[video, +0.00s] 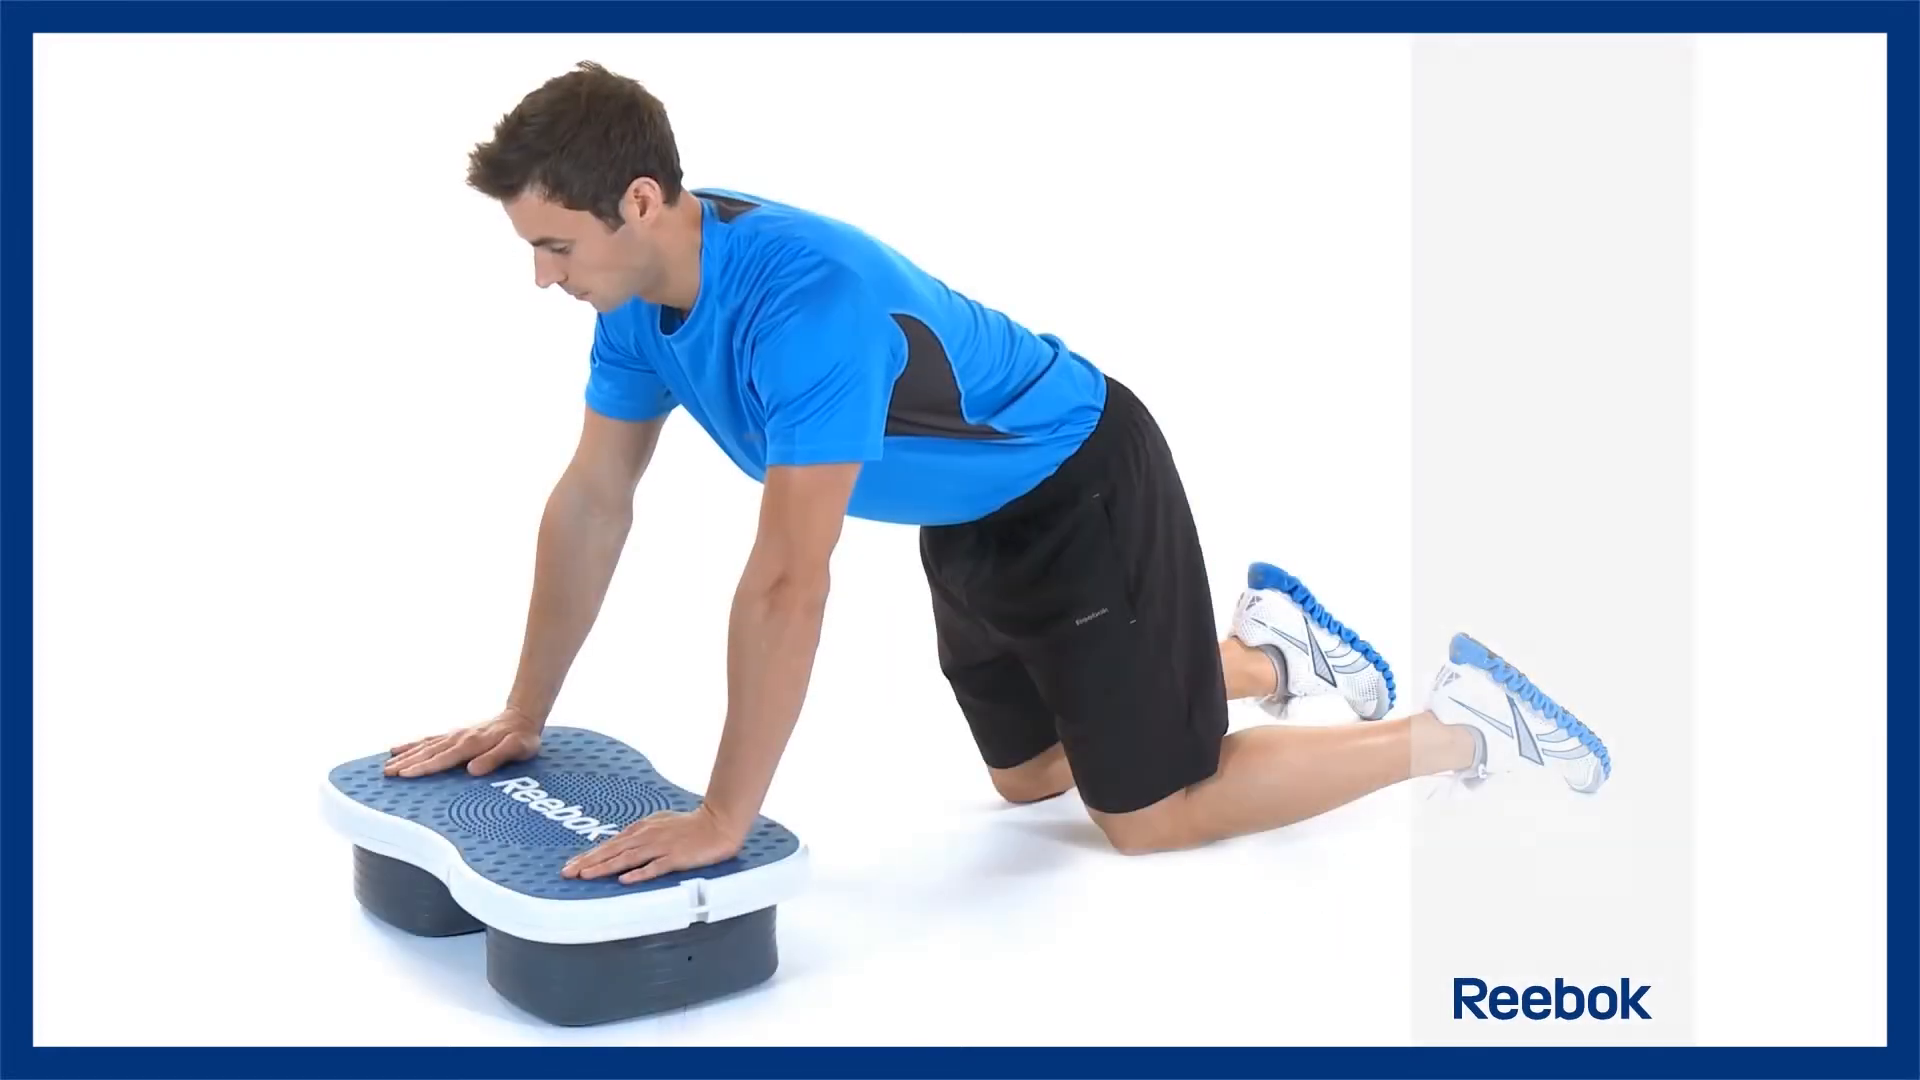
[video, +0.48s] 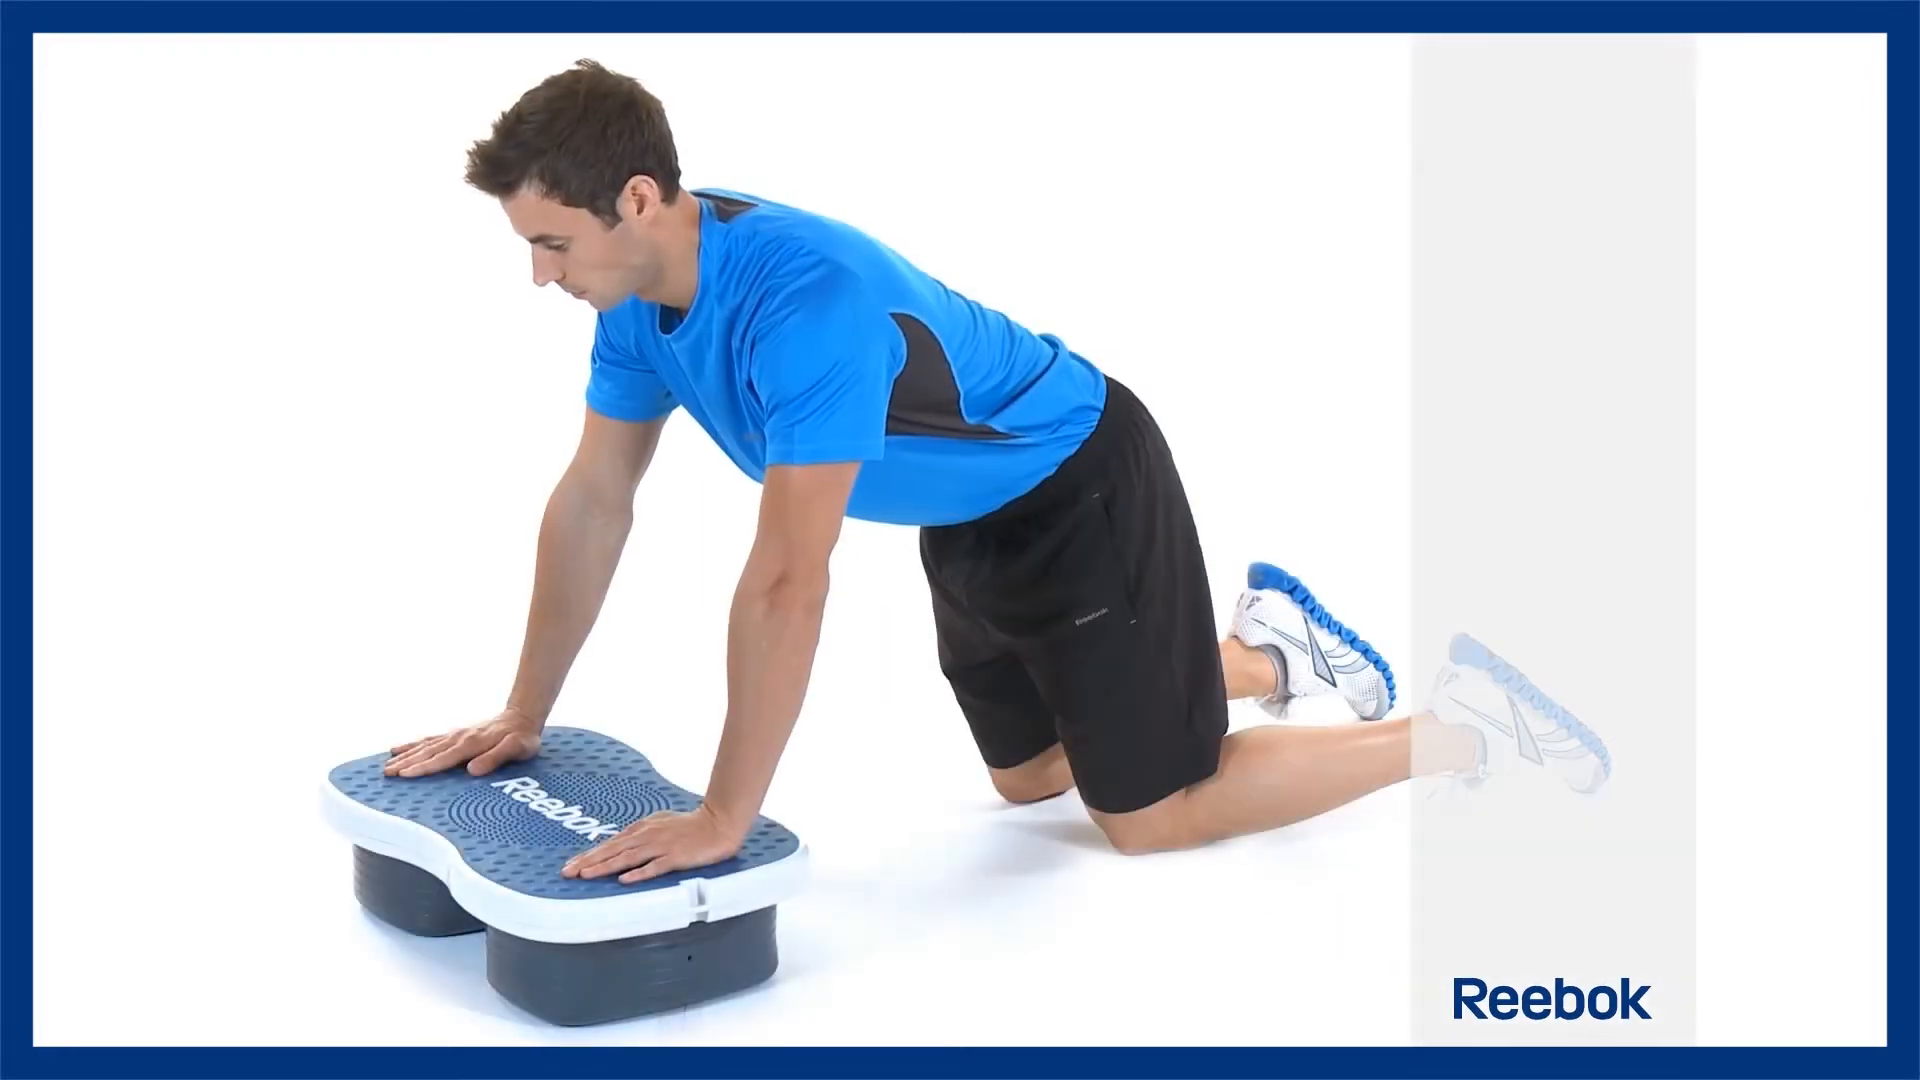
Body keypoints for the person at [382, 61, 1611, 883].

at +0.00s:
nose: (542, 275)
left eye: (553, 246)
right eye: (530, 250)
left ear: (644, 202)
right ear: (610, 214)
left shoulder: (805, 300)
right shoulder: (636, 310)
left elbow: (790, 580)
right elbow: (590, 508)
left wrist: (727, 816)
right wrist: (524, 717)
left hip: (1079, 478)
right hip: (958, 518)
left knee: (1151, 809)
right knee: (1038, 777)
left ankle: (1455, 736)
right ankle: (1267, 658)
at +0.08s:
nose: (541, 275)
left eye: (553, 246)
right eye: (529, 249)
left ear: (644, 202)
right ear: (611, 214)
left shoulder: (804, 301)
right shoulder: (635, 310)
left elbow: (790, 581)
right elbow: (590, 508)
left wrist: (727, 816)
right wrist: (525, 716)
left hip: (1079, 478)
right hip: (958, 519)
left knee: (1151, 809)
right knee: (1038, 777)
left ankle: (1454, 737)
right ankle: (1266, 659)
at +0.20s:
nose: (542, 274)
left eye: (552, 244)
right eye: (530, 249)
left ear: (643, 201)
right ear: (612, 213)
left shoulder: (803, 301)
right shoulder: (636, 310)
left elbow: (788, 585)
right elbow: (589, 510)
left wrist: (727, 814)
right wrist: (526, 714)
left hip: (1077, 477)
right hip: (958, 517)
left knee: (1154, 807)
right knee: (1039, 778)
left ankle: (1450, 733)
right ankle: (1263, 659)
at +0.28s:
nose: (539, 273)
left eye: (550, 243)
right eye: (528, 247)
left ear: (642, 201)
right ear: (611, 213)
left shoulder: (803, 302)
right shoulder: (636, 311)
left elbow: (787, 585)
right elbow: (589, 510)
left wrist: (727, 814)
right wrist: (526, 714)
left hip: (1076, 476)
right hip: (958, 516)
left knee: (1154, 807)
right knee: (1039, 777)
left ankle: (1449, 734)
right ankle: (1262, 660)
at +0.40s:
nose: (538, 273)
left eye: (549, 242)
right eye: (527, 247)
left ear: (640, 200)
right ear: (612, 212)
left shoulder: (804, 302)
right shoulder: (636, 311)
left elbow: (787, 585)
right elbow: (589, 510)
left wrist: (727, 814)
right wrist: (525, 715)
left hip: (1076, 477)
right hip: (958, 517)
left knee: (1154, 807)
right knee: (1039, 777)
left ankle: (1449, 734)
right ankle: (1262, 659)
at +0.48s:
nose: (538, 273)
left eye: (549, 243)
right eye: (527, 247)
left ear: (640, 200)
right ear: (612, 212)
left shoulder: (804, 302)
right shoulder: (636, 311)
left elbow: (787, 585)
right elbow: (590, 509)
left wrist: (727, 814)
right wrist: (525, 715)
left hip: (1076, 477)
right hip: (958, 517)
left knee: (1154, 807)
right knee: (1039, 777)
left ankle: (1449, 734)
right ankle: (1262, 659)